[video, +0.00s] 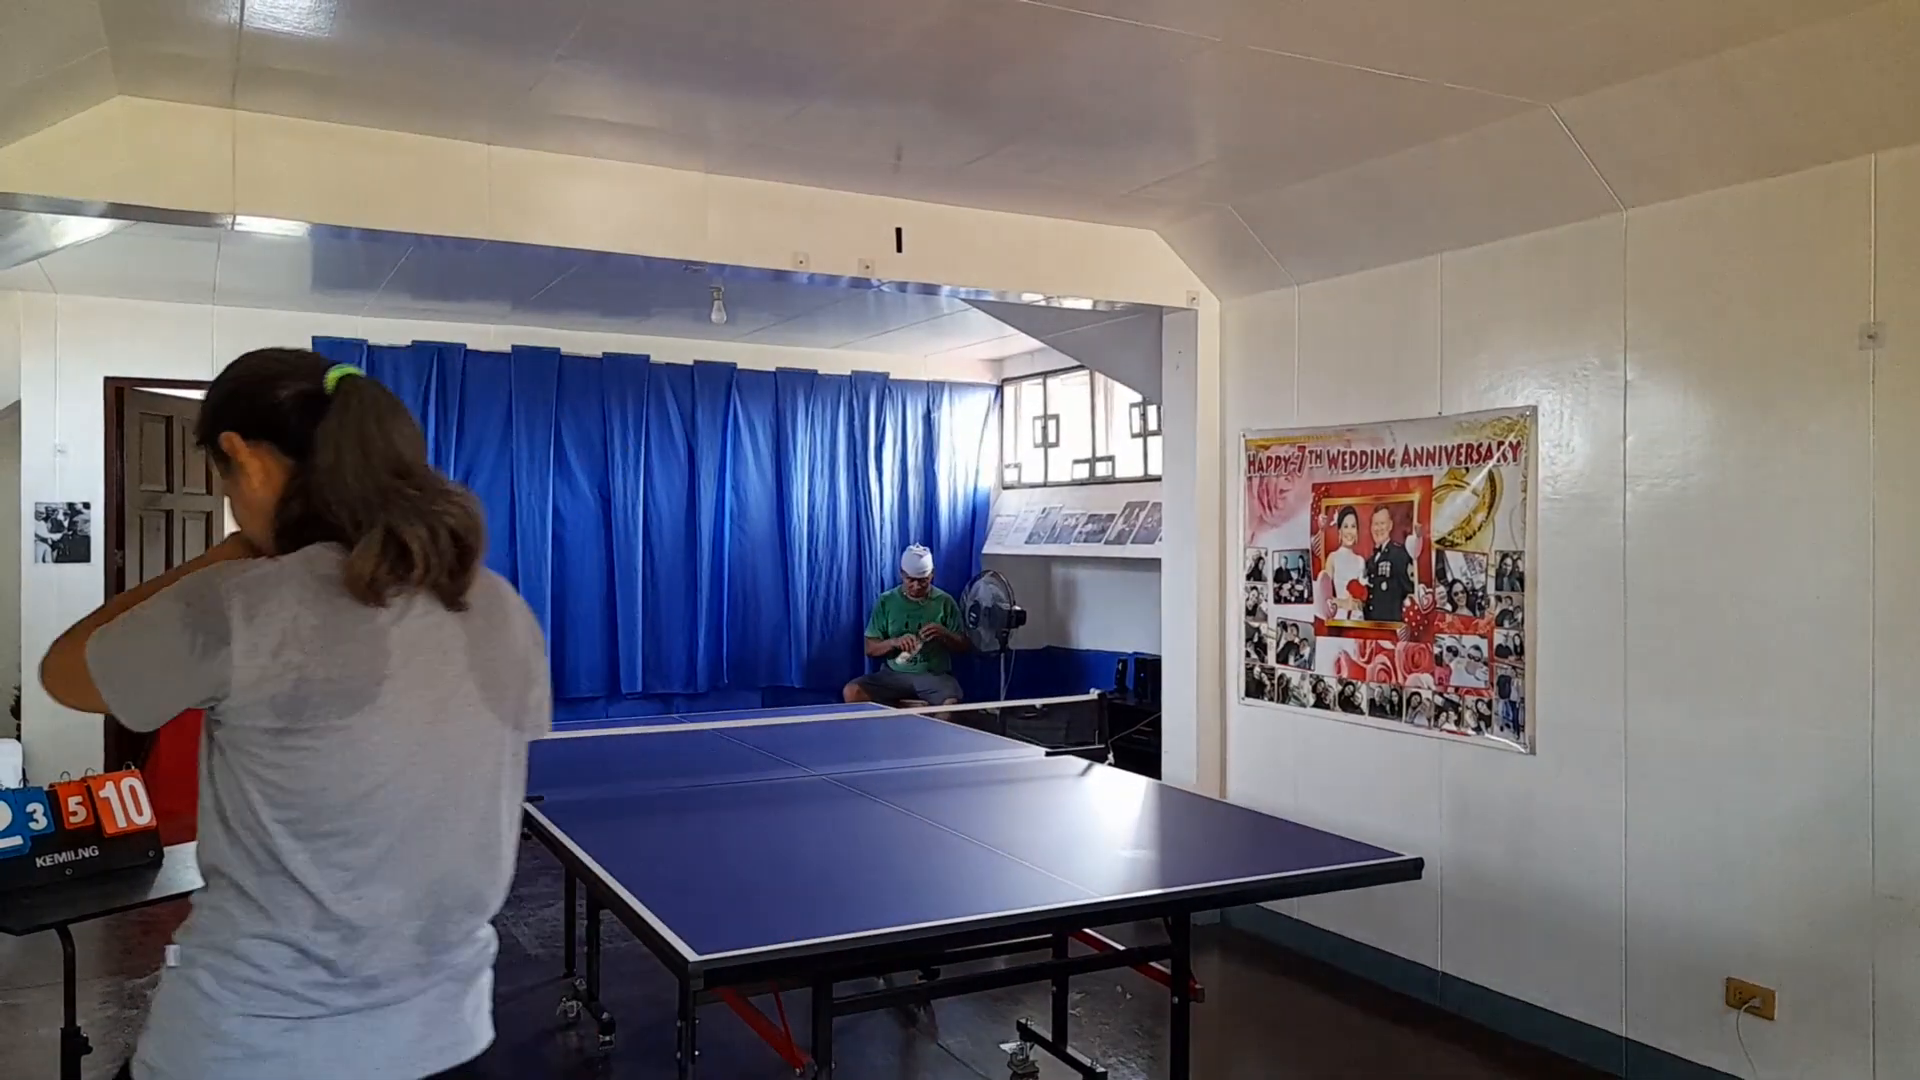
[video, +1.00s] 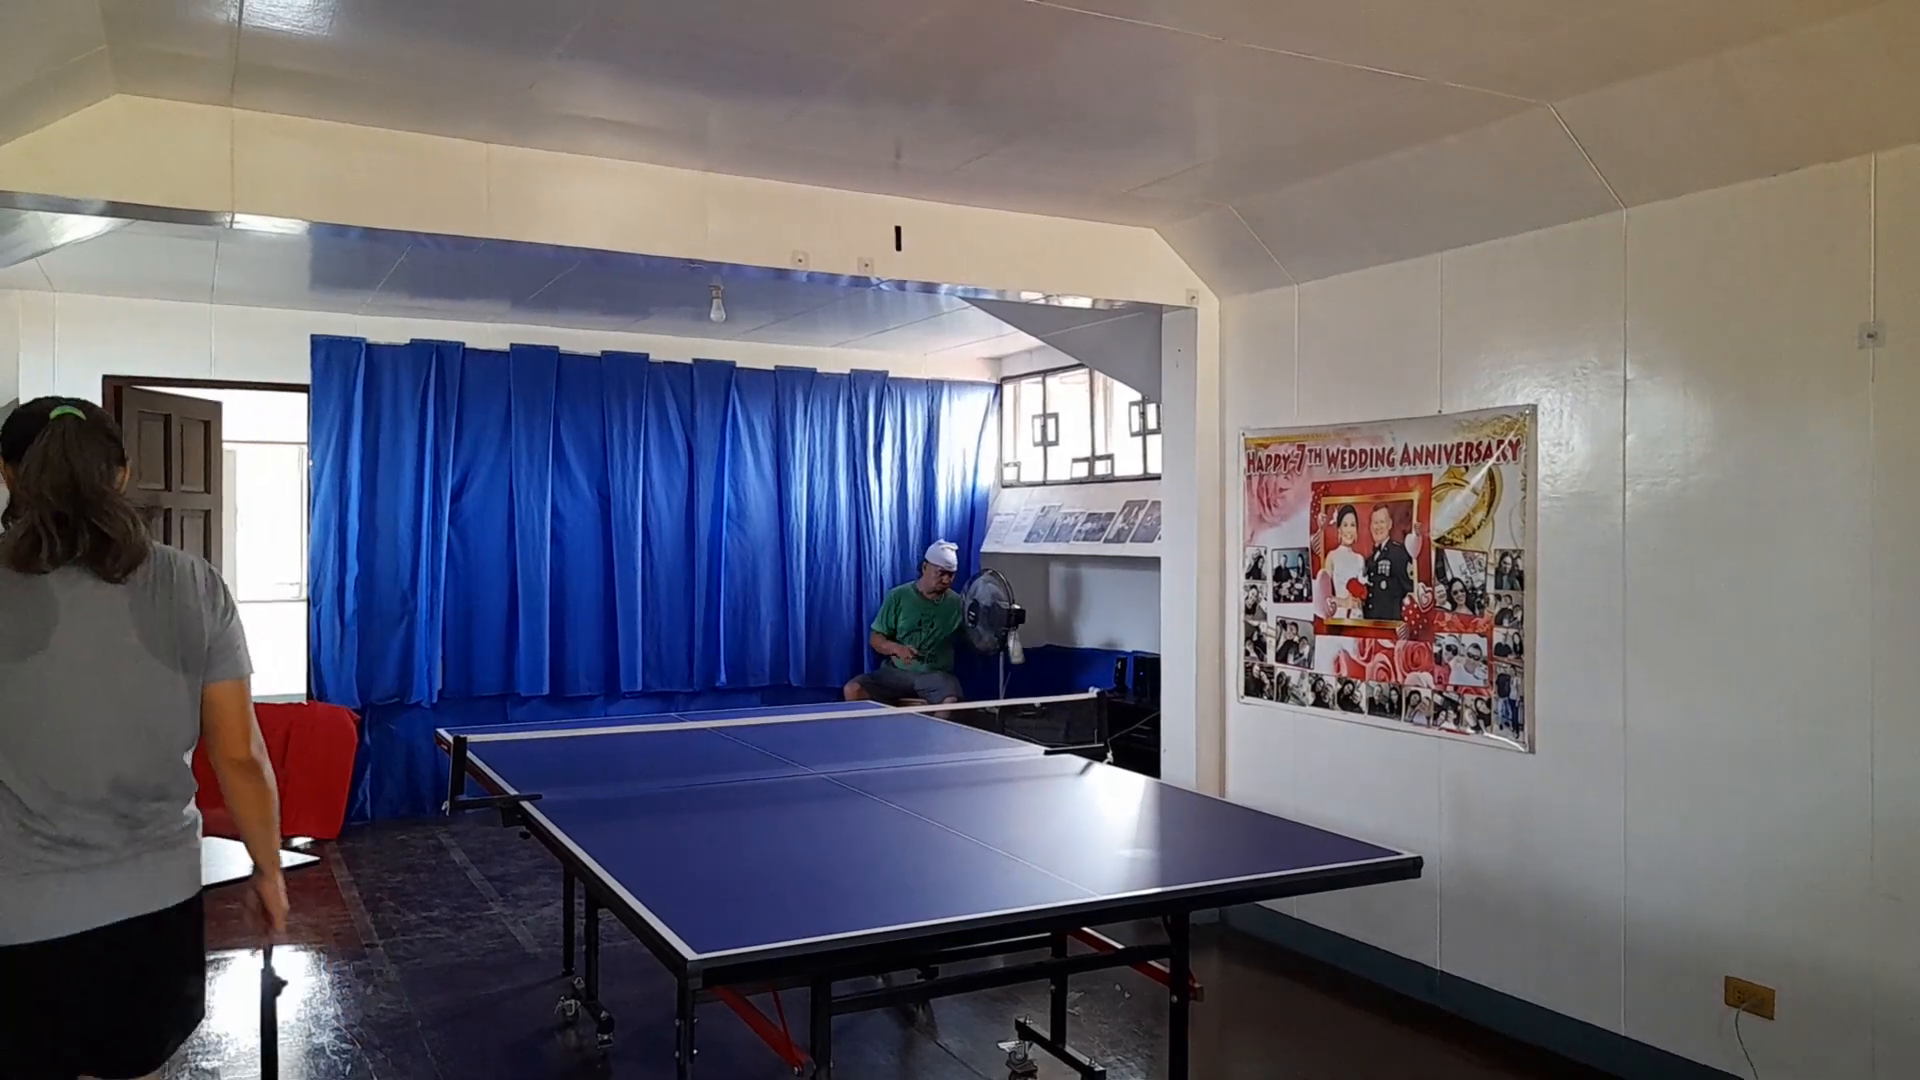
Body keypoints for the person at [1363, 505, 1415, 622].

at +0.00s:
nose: (1378, 528)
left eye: (1383, 523)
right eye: (1375, 524)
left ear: (1390, 525)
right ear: (1371, 527)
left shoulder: (1399, 553)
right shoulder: (1370, 561)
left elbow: (1407, 588)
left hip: (1393, 620)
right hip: (1371, 620)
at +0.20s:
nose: (1378, 526)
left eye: (1382, 521)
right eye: (1375, 522)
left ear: (1390, 523)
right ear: (1370, 525)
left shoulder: (1399, 552)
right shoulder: (1369, 559)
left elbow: (1407, 588)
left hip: (1393, 617)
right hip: (1371, 618)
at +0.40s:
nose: (1378, 526)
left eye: (1382, 521)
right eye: (1375, 522)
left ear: (1390, 523)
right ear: (1370, 525)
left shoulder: (1399, 552)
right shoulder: (1370, 559)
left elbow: (1407, 587)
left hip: (1393, 617)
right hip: (1371, 618)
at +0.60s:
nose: (1379, 529)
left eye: (1383, 524)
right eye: (1375, 524)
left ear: (1390, 526)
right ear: (1371, 528)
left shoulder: (1400, 553)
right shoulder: (1370, 562)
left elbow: (1409, 589)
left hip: (1394, 619)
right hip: (1371, 620)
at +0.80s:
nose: (1378, 526)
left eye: (1382, 522)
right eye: (1375, 522)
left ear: (1390, 524)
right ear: (1370, 526)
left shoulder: (1399, 551)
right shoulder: (1369, 559)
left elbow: (1407, 587)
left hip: (1393, 617)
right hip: (1371, 618)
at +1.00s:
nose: (1378, 527)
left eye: (1382, 522)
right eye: (1375, 523)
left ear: (1390, 524)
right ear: (1370, 526)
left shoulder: (1399, 552)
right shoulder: (1369, 560)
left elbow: (1408, 588)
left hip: (1393, 619)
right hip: (1371, 619)